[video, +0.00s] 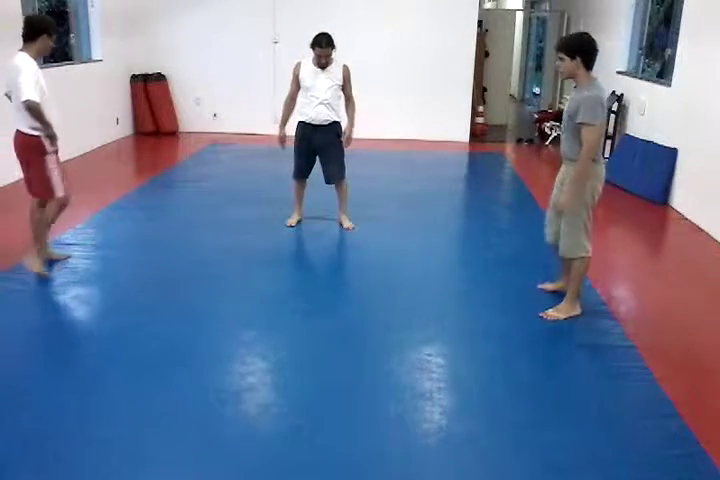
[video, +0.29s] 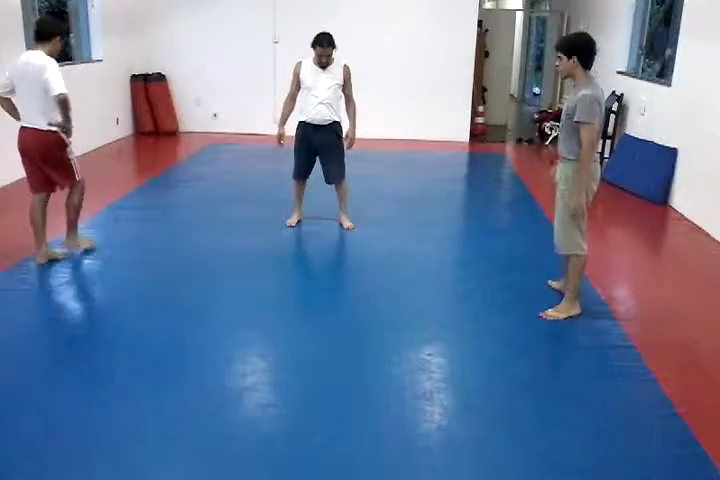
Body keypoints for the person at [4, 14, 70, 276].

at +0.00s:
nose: (51, 46)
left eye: (52, 41)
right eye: (51, 40)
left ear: (29, 37)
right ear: (42, 39)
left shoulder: (17, 61)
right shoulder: (26, 65)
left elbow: (9, 93)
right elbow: (30, 102)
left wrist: (35, 118)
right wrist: (49, 130)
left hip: (27, 136)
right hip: (36, 138)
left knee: (41, 198)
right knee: (59, 198)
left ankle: (42, 249)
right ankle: (36, 252)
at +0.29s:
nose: (61, 47)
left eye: (62, 42)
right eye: (61, 42)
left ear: (37, 37)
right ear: (55, 40)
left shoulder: (20, 62)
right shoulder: (48, 63)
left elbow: (2, 93)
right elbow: (61, 97)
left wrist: (20, 118)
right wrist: (67, 123)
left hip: (26, 136)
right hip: (49, 136)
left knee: (40, 193)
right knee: (76, 184)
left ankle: (41, 250)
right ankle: (72, 240)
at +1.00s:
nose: (83, 45)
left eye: (84, 41)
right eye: (83, 41)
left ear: (62, 36)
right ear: (76, 38)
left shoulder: (43, 56)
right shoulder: (71, 59)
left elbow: (19, 84)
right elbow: (86, 91)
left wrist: (33, 113)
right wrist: (82, 117)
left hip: (44, 124)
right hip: (63, 125)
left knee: (63, 177)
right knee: (72, 180)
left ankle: (68, 222)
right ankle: (69, 234)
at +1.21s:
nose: (87, 44)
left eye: (87, 39)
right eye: (86, 38)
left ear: (71, 35)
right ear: (76, 36)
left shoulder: (54, 55)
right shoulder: (63, 56)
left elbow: (40, 91)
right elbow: (62, 87)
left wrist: (47, 116)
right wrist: (78, 107)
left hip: (53, 119)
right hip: (62, 121)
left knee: (68, 172)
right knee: (70, 175)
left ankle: (71, 218)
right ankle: (68, 231)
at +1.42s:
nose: (88, 40)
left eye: (88, 35)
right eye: (86, 35)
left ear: (72, 33)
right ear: (73, 33)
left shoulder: (64, 55)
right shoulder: (55, 54)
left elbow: (60, 89)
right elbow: (46, 85)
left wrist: (76, 115)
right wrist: (75, 112)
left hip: (66, 120)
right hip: (58, 121)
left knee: (70, 175)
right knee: (66, 176)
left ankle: (71, 219)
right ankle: (66, 229)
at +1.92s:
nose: (75, 35)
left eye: (75, 31)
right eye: (71, 31)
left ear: (66, 33)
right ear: (56, 32)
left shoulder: (66, 58)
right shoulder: (40, 59)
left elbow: (75, 97)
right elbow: (37, 100)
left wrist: (93, 121)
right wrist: (44, 131)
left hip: (70, 123)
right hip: (52, 125)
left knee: (76, 173)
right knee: (53, 180)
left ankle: (71, 219)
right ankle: (54, 232)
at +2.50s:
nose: (78, 36)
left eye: (79, 32)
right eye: (74, 32)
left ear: (73, 33)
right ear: (60, 33)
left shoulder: (72, 58)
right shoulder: (47, 61)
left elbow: (75, 94)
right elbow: (46, 101)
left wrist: (84, 122)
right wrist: (59, 135)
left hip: (77, 123)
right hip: (61, 125)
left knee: (78, 174)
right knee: (58, 180)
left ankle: (77, 217)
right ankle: (54, 231)